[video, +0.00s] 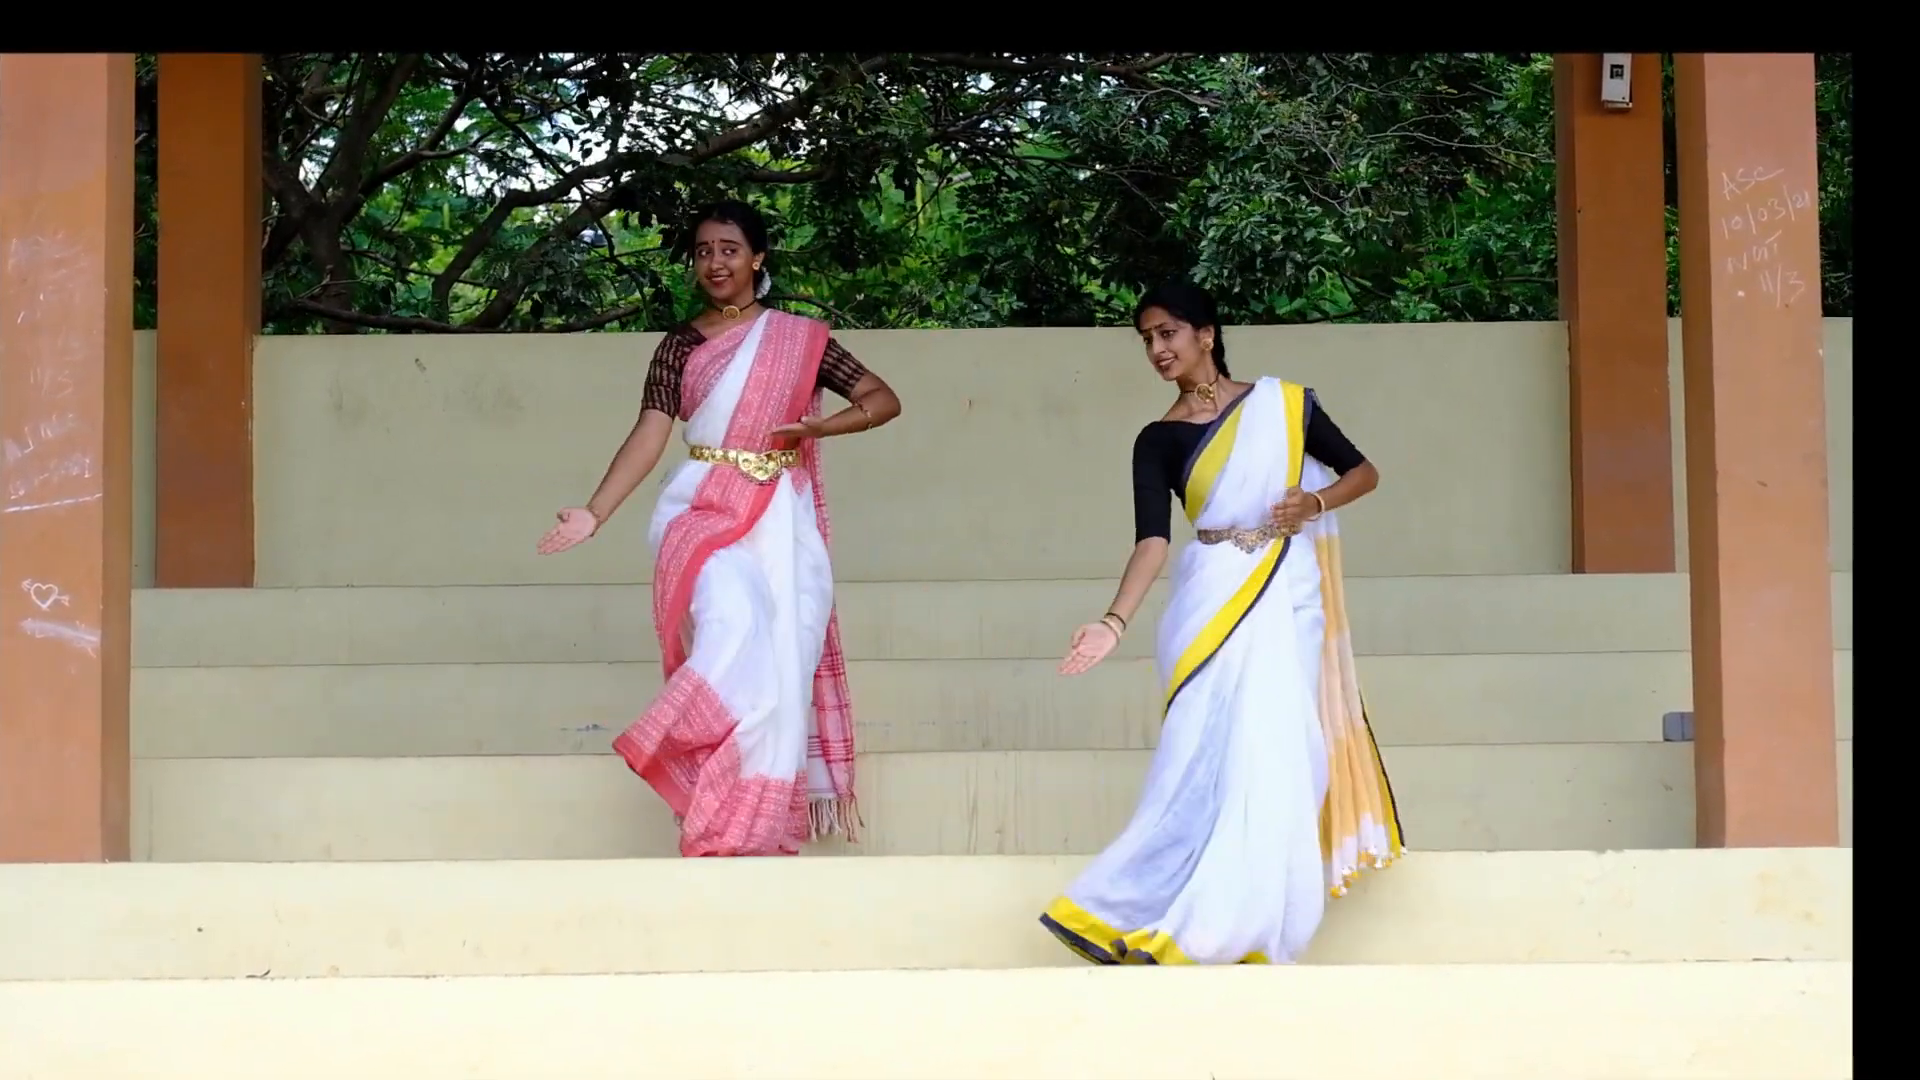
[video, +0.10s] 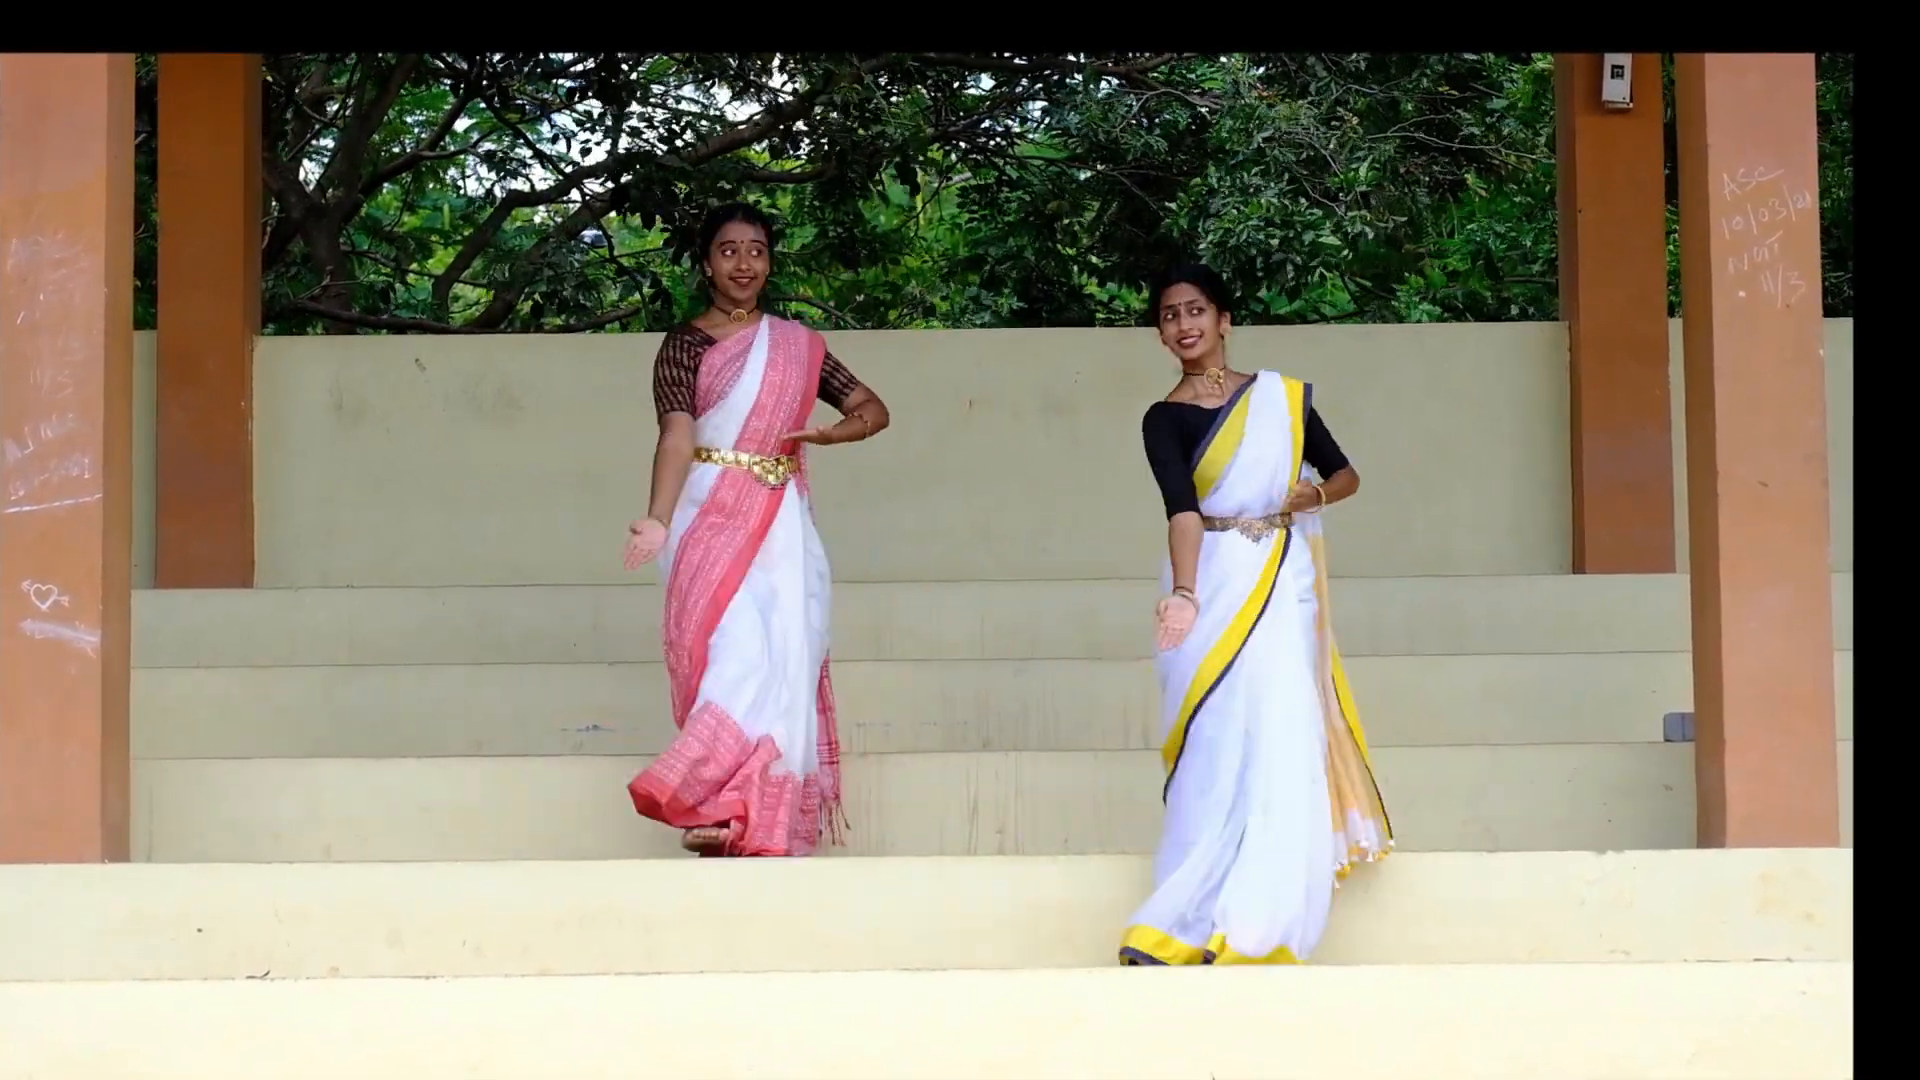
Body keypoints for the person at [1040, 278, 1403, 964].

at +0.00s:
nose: (1157, 351)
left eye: (1167, 334)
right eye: (1147, 339)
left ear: (1205, 332)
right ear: (1146, 346)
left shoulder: (1284, 402)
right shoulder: (1160, 440)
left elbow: (1364, 472)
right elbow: (1152, 542)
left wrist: (1317, 502)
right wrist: (1114, 621)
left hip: (1285, 593)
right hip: (1208, 596)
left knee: (1265, 751)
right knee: (1205, 753)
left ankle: (1249, 923)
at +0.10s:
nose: (1182, 325)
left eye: (1194, 310)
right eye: (1170, 315)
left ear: (1224, 319)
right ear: (1159, 331)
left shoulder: (1281, 395)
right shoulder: (1165, 419)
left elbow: (1346, 475)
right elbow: (1183, 509)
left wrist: (1309, 498)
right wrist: (1184, 591)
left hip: (1284, 582)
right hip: (1213, 586)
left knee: (1280, 739)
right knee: (1218, 742)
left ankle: (1261, 918)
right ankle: (1185, 914)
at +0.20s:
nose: (1214, 309)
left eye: (1223, 297)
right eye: (1198, 299)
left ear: (1239, 309)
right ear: (1175, 315)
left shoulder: (1278, 389)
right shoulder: (1176, 402)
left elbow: (1327, 479)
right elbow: (1207, 483)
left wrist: (1306, 487)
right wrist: (1238, 548)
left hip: (1276, 571)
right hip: (1210, 571)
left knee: (1282, 733)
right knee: (1219, 735)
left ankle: (1283, 910)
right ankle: (1217, 913)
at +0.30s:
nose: (1234, 300)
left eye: (1240, 289)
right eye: (1218, 290)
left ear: (1252, 301)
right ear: (1187, 305)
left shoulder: (1277, 387)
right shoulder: (1187, 390)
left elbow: (1293, 468)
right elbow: (1232, 463)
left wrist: (1300, 483)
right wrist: (1290, 510)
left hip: (1273, 574)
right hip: (1210, 573)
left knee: (1281, 734)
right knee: (1215, 737)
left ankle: (1289, 911)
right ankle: (1219, 912)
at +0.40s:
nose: (1249, 297)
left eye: (1254, 286)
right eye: (1234, 286)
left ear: (1260, 299)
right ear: (1197, 301)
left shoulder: (1275, 385)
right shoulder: (1196, 383)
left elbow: (1280, 492)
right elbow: (1251, 442)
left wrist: (1302, 491)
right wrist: (1314, 469)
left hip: (1274, 567)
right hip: (1214, 562)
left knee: (1281, 727)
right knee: (1216, 731)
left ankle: (1300, 908)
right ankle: (1230, 911)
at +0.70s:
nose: (1267, 295)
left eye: (1270, 285)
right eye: (1253, 284)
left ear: (1264, 301)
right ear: (1214, 297)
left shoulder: (1262, 389)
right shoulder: (1208, 372)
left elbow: (1281, 516)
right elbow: (1295, 413)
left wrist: (1313, 481)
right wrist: (1379, 408)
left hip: (1267, 564)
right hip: (1219, 557)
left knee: (1280, 729)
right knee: (1220, 729)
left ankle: (1292, 913)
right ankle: (1229, 919)